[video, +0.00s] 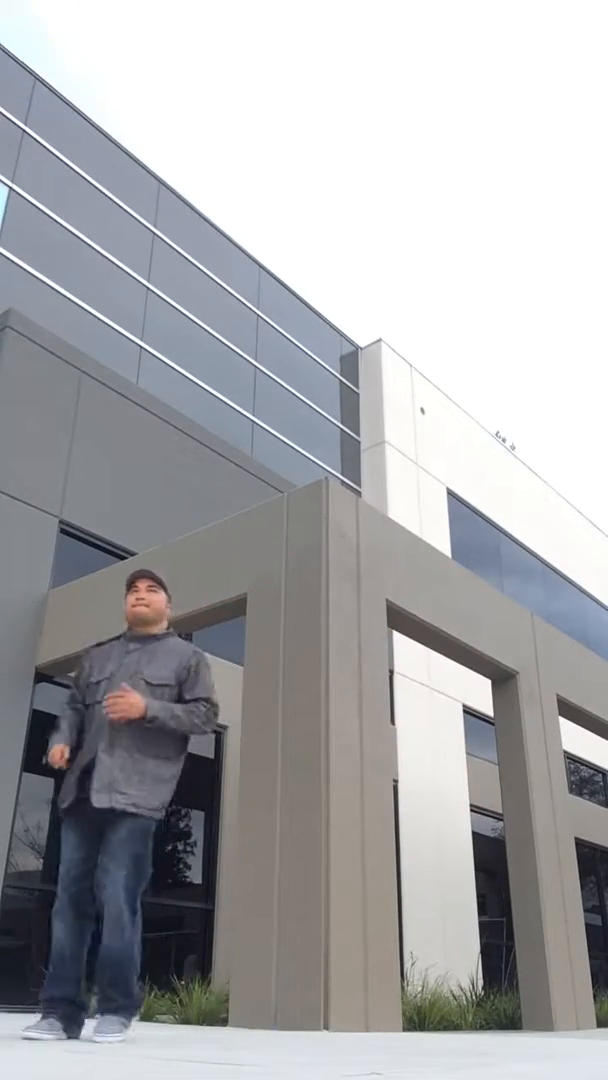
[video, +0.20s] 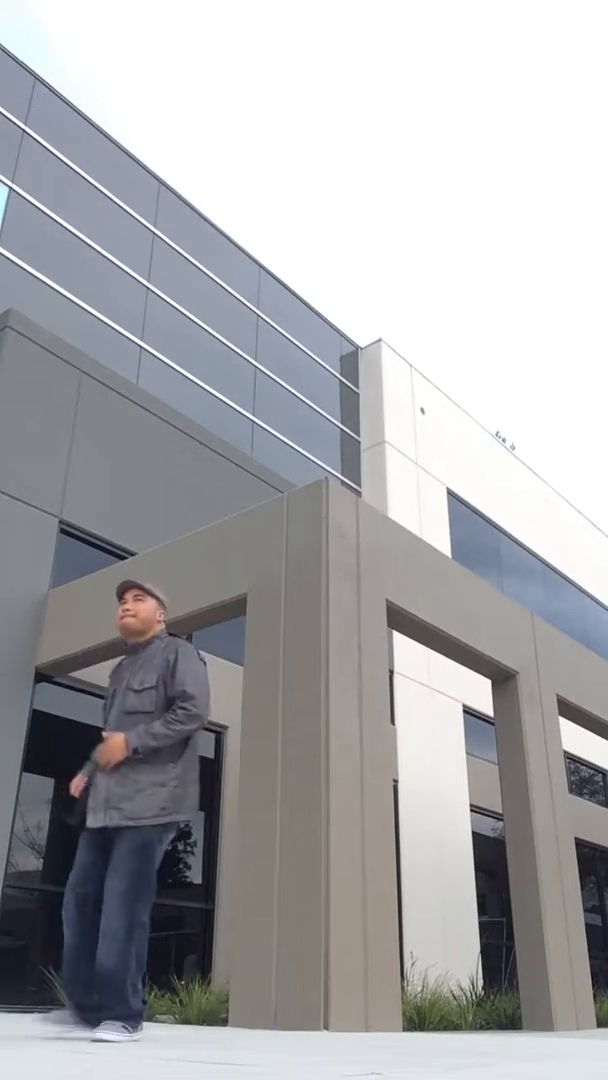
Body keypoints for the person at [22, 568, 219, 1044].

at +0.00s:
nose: (141, 595)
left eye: (151, 590)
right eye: (134, 591)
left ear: (168, 607)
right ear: (123, 607)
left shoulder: (187, 656)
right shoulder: (95, 655)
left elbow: (206, 717)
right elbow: (74, 707)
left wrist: (148, 707)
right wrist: (62, 738)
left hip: (138, 794)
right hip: (82, 787)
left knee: (117, 895)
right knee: (70, 897)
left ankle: (115, 1010)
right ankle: (61, 1011)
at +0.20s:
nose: (125, 606)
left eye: (137, 599)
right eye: (121, 601)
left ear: (161, 612)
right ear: (118, 616)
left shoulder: (180, 653)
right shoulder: (121, 669)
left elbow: (192, 714)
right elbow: (114, 733)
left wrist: (132, 741)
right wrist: (89, 772)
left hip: (150, 803)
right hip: (108, 802)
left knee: (125, 903)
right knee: (80, 898)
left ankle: (123, 1015)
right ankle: (84, 1006)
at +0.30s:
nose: (130, 608)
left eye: (141, 600)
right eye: (125, 604)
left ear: (165, 613)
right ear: (125, 620)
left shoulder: (181, 649)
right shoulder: (135, 667)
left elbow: (198, 709)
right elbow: (130, 732)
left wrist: (140, 746)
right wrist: (105, 762)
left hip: (161, 796)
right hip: (126, 797)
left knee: (129, 901)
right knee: (100, 900)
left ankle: (122, 1015)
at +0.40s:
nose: (136, 605)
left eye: (146, 597)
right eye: (131, 601)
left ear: (172, 610)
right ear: (131, 616)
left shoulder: (188, 644)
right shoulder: (144, 662)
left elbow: (208, 702)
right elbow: (143, 725)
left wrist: (155, 749)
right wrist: (119, 752)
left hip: (171, 794)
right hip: (139, 797)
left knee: (142, 898)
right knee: (150, 897)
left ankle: (125, 1015)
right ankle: (212, 986)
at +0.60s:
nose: (150, 619)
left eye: (159, 611)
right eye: (146, 615)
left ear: (187, 619)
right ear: (151, 629)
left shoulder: (204, 652)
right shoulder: (167, 672)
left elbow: (228, 709)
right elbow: (168, 742)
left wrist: (184, 763)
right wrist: (144, 775)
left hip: (196, 795)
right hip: (185, 796)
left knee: (145, 882)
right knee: (198, 900)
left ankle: (164, 1000)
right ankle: (235, 1021)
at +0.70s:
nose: (158, 617)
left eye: (168, 609)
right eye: (155, 612)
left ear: (194, 617)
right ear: (155, 626)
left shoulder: (211, 650)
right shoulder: (178, 669)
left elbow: (232, 706)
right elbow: (185, 733)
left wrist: (180, 755)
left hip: (206, 791)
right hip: (192, 794)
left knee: (171, 881)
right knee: (200, 892)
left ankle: (226, 994)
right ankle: (235, 1020)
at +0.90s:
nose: (166, 610)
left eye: (176, 602)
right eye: (164, 605)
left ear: (204, 611)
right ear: (170, 619)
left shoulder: (215, 633)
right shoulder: (187, 660)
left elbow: (231, 682)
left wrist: (176, 729)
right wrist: (173, 738)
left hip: (227, 784)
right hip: (198, 792)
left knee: (243, 892)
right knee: (167, 880)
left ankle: (281, 1011)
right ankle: (213, 999)